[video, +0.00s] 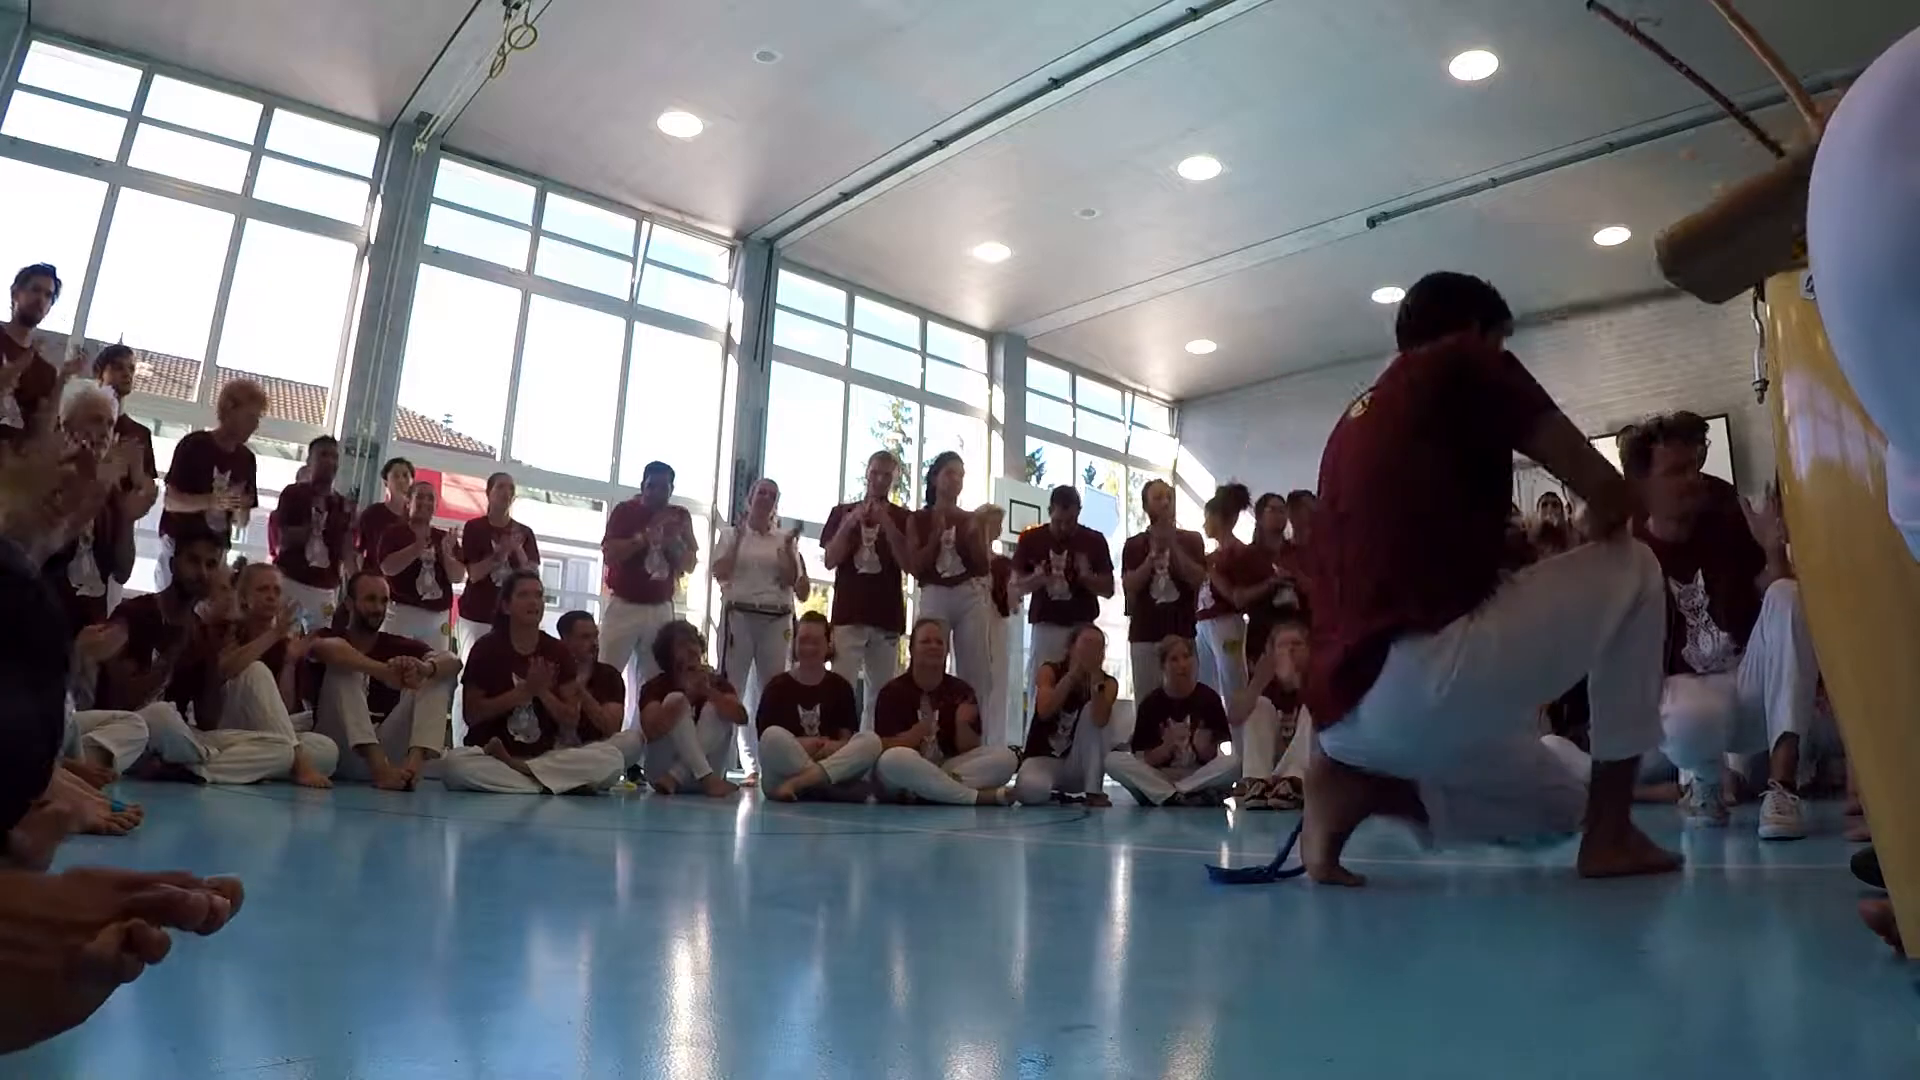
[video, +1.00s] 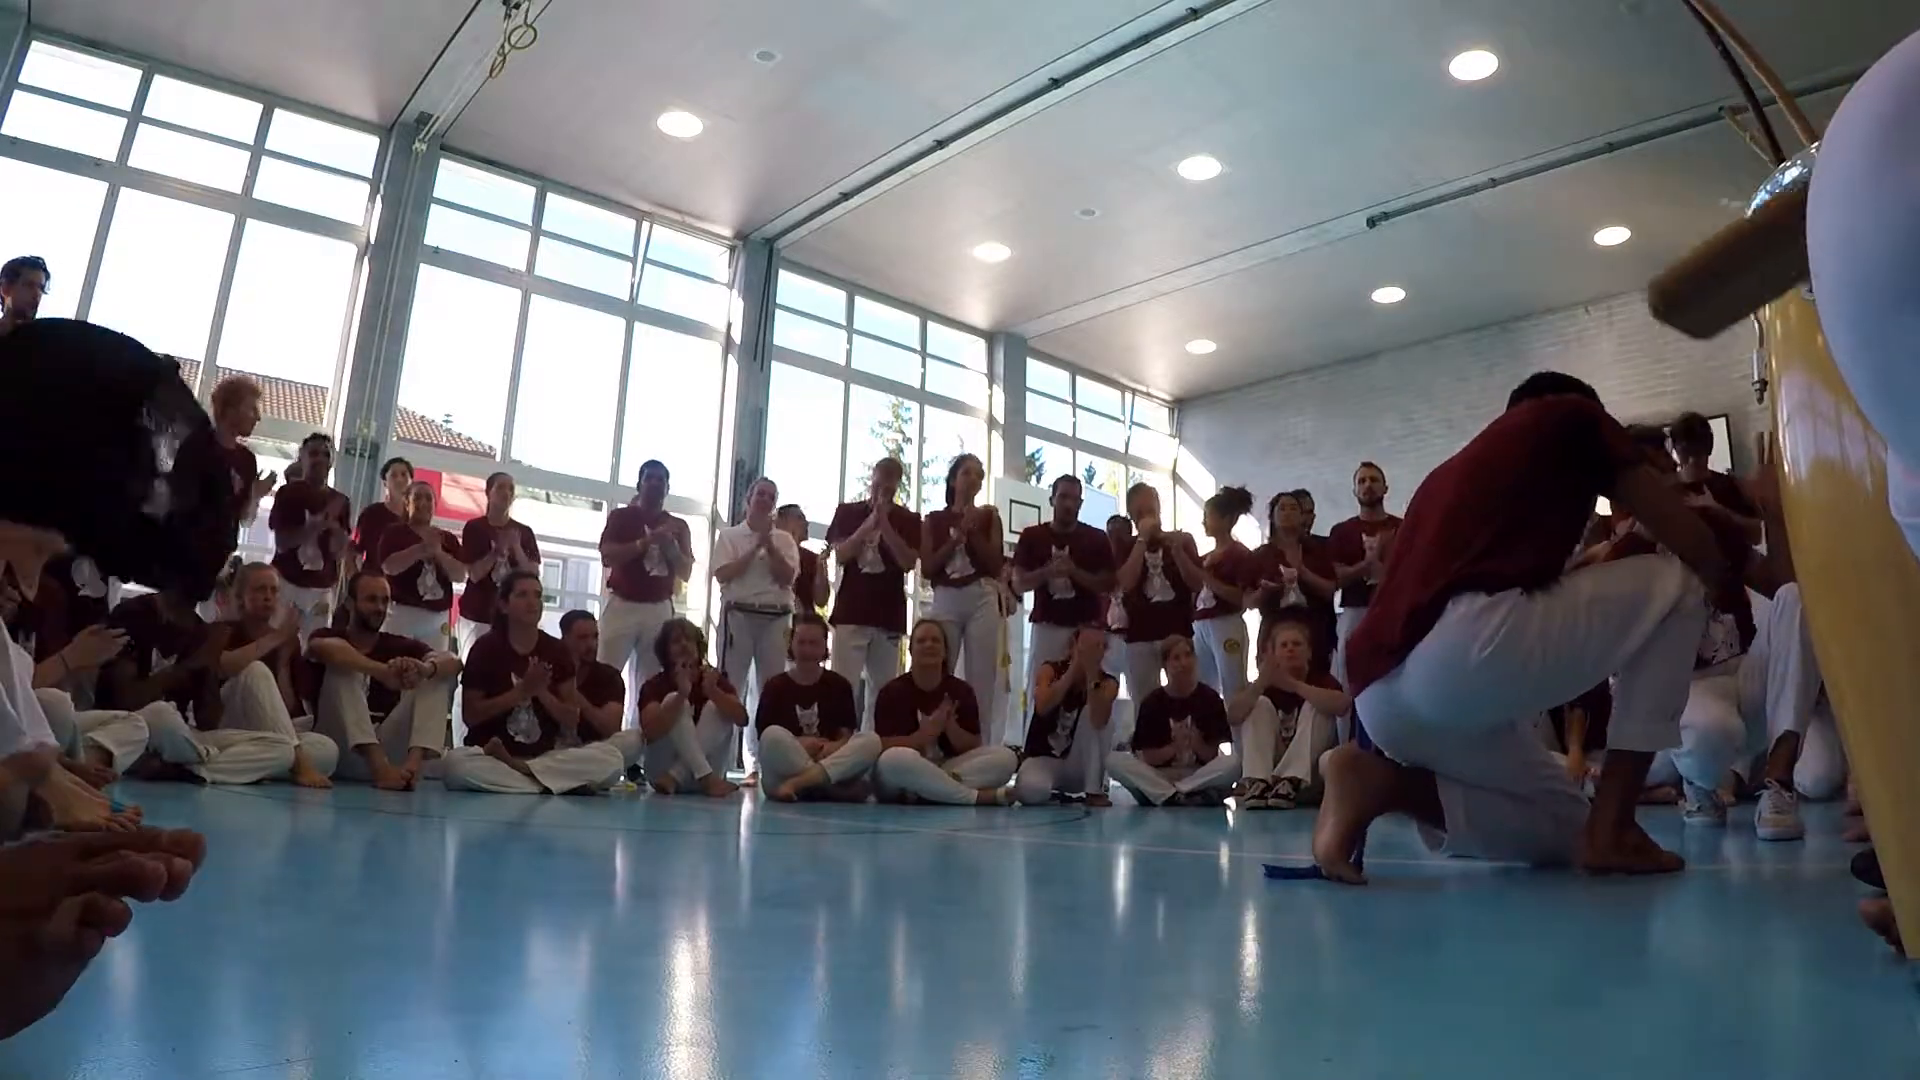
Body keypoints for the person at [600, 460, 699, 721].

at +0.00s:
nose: (657, 492)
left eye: (663, 487)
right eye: (652, 486)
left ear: (671, 488)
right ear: (643, 485)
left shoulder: (679, 516)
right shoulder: (624, 512)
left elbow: (689, 563)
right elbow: (610, 554)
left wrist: (672, 544)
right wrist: (646, 537)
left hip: (660, 609)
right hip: (622, 608)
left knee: (656, 685)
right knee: (605, 680)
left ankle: (651, 750)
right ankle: (597, 745)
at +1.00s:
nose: (655, 483)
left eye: (661, 479)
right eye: (650, 478)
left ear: (667, 486)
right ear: (639, 483)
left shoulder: (677, 525)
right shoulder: (620, 517)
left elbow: (685, 573)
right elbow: (608, 555)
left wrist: (671, 547)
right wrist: (647, 542)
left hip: (659, 610)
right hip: (620, 607)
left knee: (652, 687)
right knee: (604, 681)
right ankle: (597, 745)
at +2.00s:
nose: (658, 484)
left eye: (663, 479)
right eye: (652, 478)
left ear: (667, 486)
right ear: (639, 483)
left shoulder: (677, 525)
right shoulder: (619, 516)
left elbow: (683, 573)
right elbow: (607, 557)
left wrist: (673, 550)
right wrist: (631, 543)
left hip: (658, 610)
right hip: (621, 607)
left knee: (651, 687)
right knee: (605, 681)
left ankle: (645, 750)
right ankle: (598, 746)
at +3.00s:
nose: (657, 481)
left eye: (661, 477)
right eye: (651, 476)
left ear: (666, 485)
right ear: (637, 483)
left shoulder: (676, 524)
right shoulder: (618, 516)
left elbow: (684, 573)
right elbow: (609, 558)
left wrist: (670, 543)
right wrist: (646, 542)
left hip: (660, 610)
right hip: (621, 607)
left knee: (653, 688)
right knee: (606, 682)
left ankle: (646, 754)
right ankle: (600, 749)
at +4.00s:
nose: (660, 484)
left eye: (665, 480)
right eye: (654, 479)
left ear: (669, 486)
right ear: (640, 484)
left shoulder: (678, 525)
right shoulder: (621, 517)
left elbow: (685, 572)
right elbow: (612, 558)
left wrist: (671, 544)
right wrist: (644, 543)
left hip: (660, 609)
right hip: (623, 606)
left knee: (653, 685)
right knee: (607, 680)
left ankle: (646, 748)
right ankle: (599, 746)